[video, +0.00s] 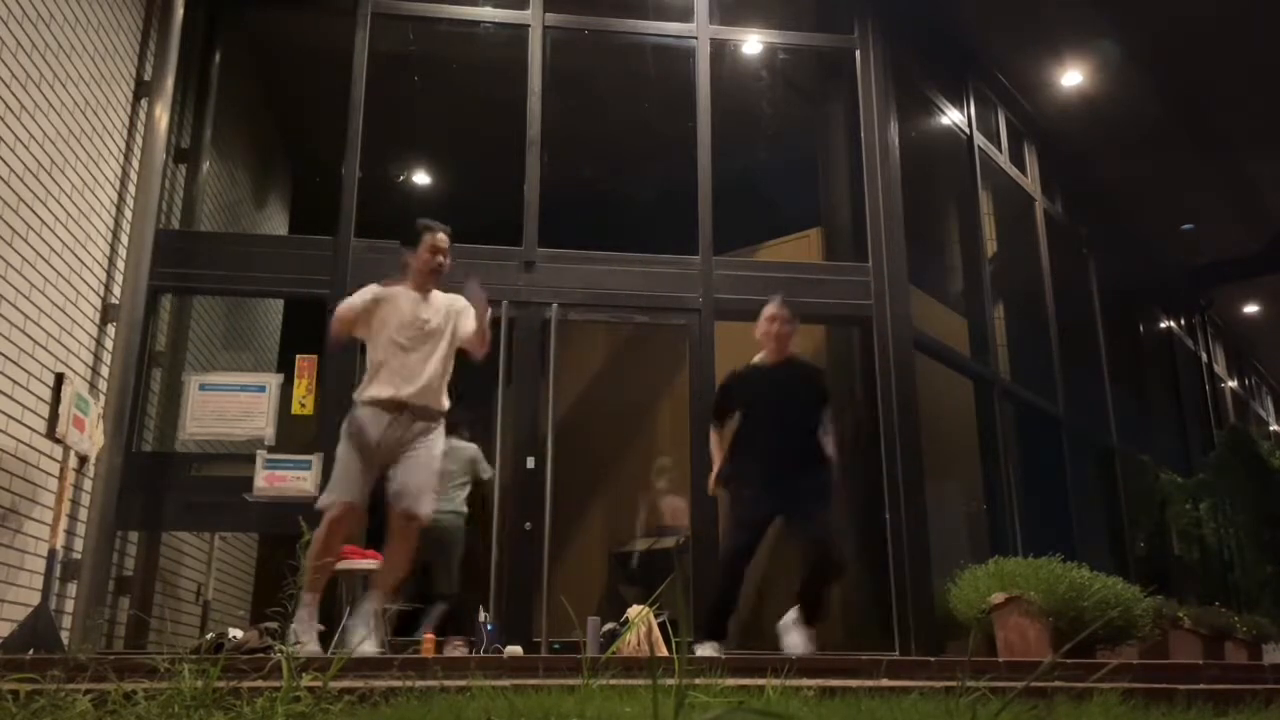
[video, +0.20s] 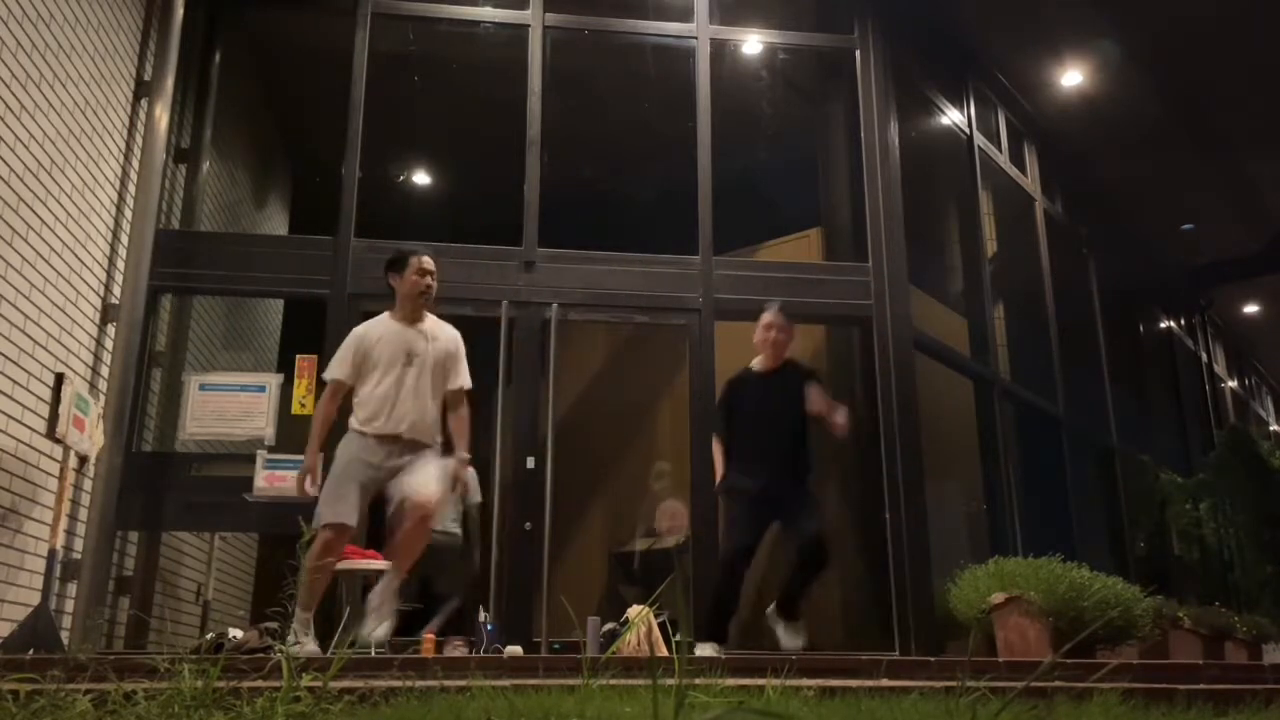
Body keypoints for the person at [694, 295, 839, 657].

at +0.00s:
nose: (777, 328)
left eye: (784, 321)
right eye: (770, 320)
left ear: (795, 329)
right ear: (757, 328)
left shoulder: (812, 376)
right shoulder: (743, 378)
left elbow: (827, 425)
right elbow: (715, 422)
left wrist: (836, 462)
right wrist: (719, 463)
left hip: (804, 479)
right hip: (753, 480)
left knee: (825, 554)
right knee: (734, 558)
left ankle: (799, 620)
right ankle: (711, 638)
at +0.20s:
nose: (774, 335)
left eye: (781, 330)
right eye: (768, 328)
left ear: (791, 337)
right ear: (756, 335)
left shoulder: (803, 380)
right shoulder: (738, 385)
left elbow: (841, 424)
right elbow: (718, 433)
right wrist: (721, 477)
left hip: (792, 484)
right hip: (746, 486)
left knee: (815, 549)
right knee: (734, 558)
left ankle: (785, 612)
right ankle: (712, 639)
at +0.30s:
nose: (793, 313)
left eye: (800, 307)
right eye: (787, 306)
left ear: (811, 314)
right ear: (776, 312)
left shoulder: (824, 361)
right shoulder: (759, 358)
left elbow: (863, 384)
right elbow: (732, 392)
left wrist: (826, 353)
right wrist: (731, 425)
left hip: (816, 462)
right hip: (766, 462)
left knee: (838, 520)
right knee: (745, 542)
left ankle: (815, 598)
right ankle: (715, 628)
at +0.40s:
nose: (816, 308)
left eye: (823, 302)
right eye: (810, 302)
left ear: (835, 308)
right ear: (798, 307)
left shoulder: (850, 342)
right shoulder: (788, 345)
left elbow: (884, 370)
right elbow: (752, 358)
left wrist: (833, 346)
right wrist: (745, 396)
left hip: (841, 452)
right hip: (791, 451)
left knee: (856, 526)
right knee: (757, 514)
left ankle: (850, 612)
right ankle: (747, 600)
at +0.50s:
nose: (836, 323)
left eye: (844, 316)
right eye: (831, 315)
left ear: (856, 324)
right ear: (819, 321)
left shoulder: (868, 366)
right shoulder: (808, 363)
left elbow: (891, 405)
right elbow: (772, 362)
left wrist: (843, 388)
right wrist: (763, 402)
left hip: (861, 472)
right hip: (814, 466)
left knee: (870, 551)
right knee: (770, 510)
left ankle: (866, 635)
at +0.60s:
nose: (859, 329)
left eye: (866, 323)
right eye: (853, 322)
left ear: (876, 332)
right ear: (840, 329)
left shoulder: (889, 382)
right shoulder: (824, 376)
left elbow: (905, 436)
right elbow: (795, 405)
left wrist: (877, 462)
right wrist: (792, 439)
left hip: (874, 481)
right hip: (826, 476)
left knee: (877, 563)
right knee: (811, 545)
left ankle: (865, 639)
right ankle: (857, 569)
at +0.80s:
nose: (877, 333)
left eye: (884, 327)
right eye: (870, 326)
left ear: (894, 334)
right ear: (858, 333)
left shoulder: (917, 374)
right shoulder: (851, 387)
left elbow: (954, 416)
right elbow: (853, 446)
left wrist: (924, 418)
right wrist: (898, 418)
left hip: (925, 475)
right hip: (880, 483)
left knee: (891, 524)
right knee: (927, 556)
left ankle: (891, 626)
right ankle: (977, 633)